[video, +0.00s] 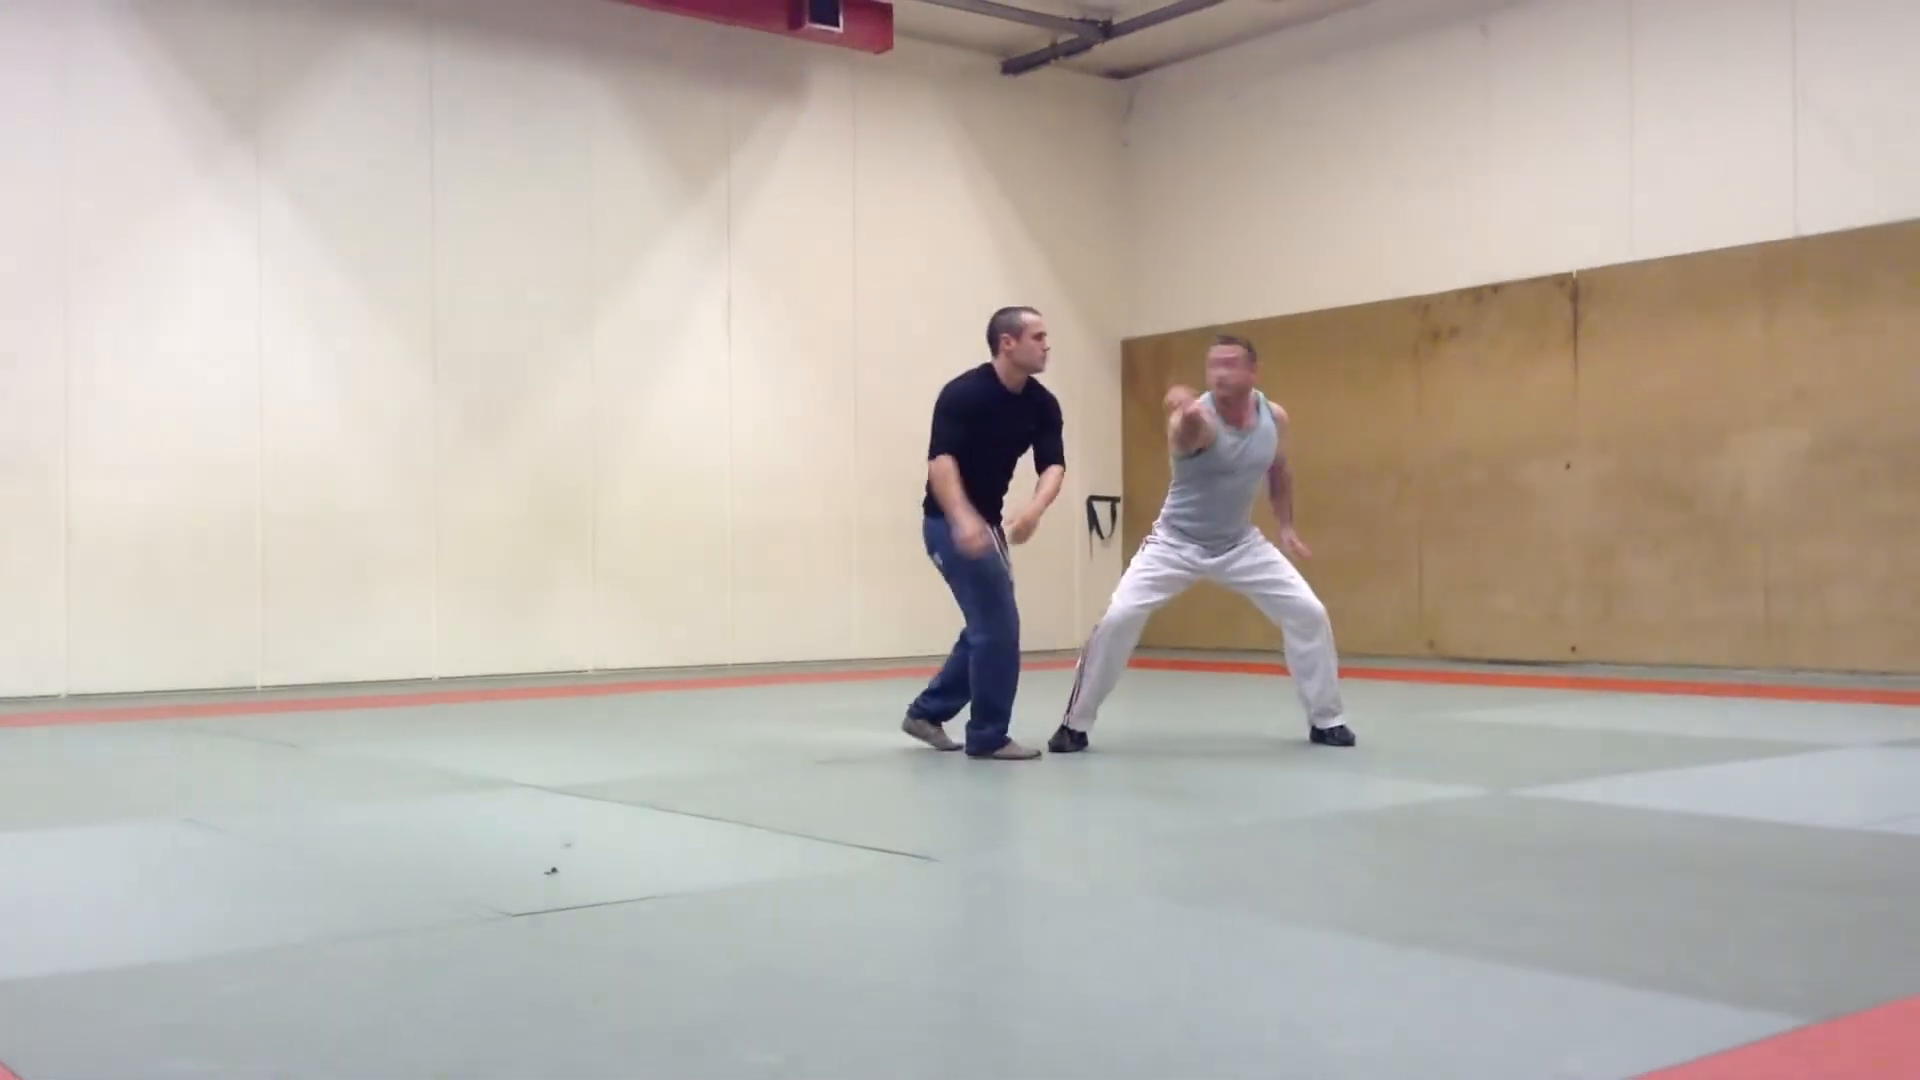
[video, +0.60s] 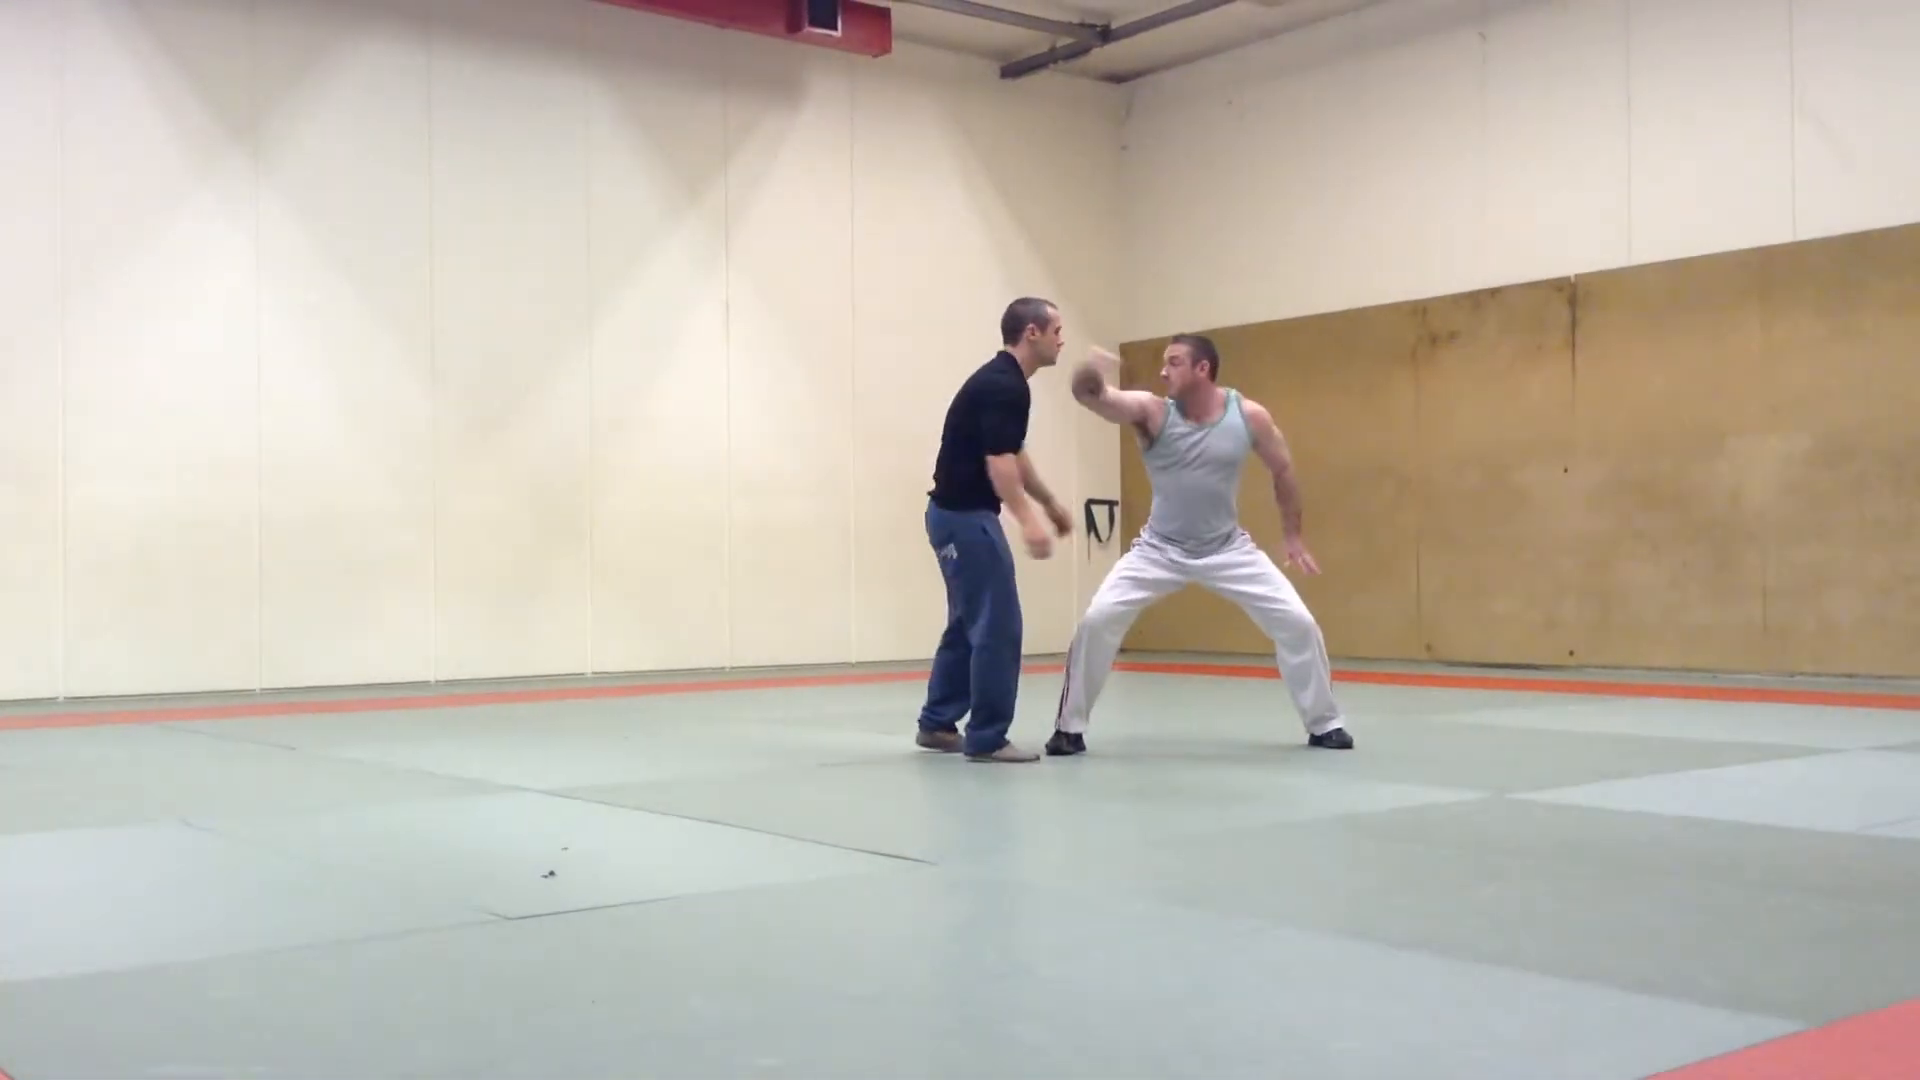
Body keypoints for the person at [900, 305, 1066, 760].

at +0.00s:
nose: (1047, 346)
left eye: (1046, 338)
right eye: (1037, 338)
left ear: (1018, 344)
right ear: (1007, 343)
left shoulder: (1041, 403)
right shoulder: (962, 394)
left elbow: (1052, 467)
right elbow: (941, 465)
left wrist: (1034, 510)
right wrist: (964, 518)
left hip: (989, 522)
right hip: (950, 521)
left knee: (990, 625)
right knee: (998, 623)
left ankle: (926, 713)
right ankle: (987, 737)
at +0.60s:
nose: (1061, 340)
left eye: (1060, 331)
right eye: (1056, 331)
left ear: (1025, 334)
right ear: (1031, 335)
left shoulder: (1006, 379)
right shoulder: (1004, 385)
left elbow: (1016, 460)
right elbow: (1002, 468)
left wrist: (1049, 501)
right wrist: (1030, 523)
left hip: (955, 517)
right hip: (969, 521)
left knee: (969, 622)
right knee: (999, 626)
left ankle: (937, 722)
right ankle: (987, 739)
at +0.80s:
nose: (1037, 337)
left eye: (1036, 328)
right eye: (1035, 328)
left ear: (988, 328)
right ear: (1024, 329)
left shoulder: (964, 371)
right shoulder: (1007, 382)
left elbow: (950, 445)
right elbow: (1021, 462)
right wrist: (1056, 520)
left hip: (942, 517)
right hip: (976, 523)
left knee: (960, 623)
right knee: (1000, 628)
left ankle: (937, 726)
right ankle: (987, 740)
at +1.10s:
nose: (971, 331)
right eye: (970, 324)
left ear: (927, 332)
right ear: (969, 326)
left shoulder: (907, 389)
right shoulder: (992, 375)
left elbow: (898, 467)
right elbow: (1030, 443)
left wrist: (911, 517)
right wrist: (1057, 490)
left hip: (942, 527)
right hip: (988, 526)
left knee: (958, 627)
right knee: (1004, 629)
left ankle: (937, 728)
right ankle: (987, 740)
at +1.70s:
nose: (966, 334)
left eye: (964, 327)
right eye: (965, 327)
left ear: (918, 330)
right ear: (954, 326)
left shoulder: (898, 390)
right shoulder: (968, 375)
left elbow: (910, 464)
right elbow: (1004, 447)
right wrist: (1028, 488)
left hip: (937, 526)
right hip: (978, 524)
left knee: (961, 623)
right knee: (1006, 622)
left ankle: (939, 724)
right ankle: (989, 730)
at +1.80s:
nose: (970, 333)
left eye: (970, 326)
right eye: (969, 326)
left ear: (923, 327)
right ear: (956, 324)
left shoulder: (899, 380)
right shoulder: (963, 373)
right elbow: (1003, 455)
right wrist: (1030, 488)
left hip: (936, 521)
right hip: (977, 521)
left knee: (960, 621)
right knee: (1005, 619)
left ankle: (939, 722)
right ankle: (989, 732)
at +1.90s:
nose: (970, 333)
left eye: (969, 325)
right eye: (969, 325)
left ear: (923, 326)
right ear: (957, 324)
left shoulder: (898, 380)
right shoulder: (964, 376)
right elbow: (996, 445)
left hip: (937, 515)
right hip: (979, 511)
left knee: (963, 617)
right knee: (1009, 616)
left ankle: (940, 721)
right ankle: (990, 732)